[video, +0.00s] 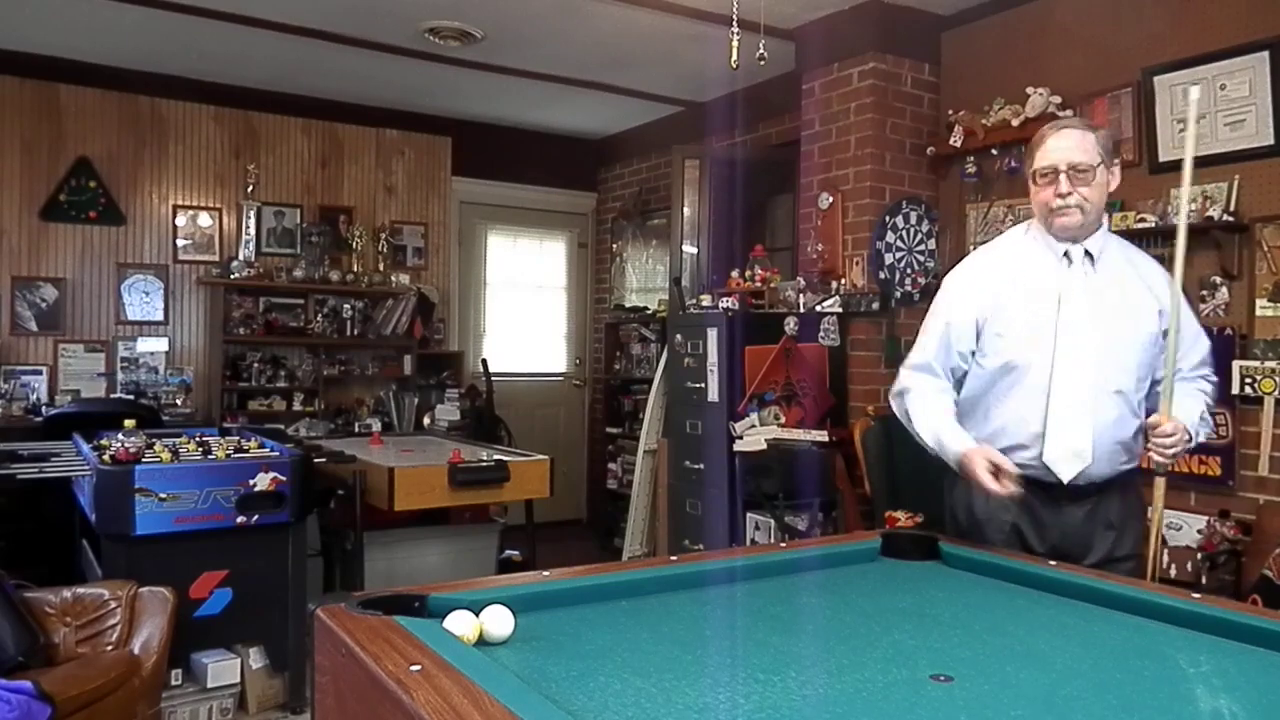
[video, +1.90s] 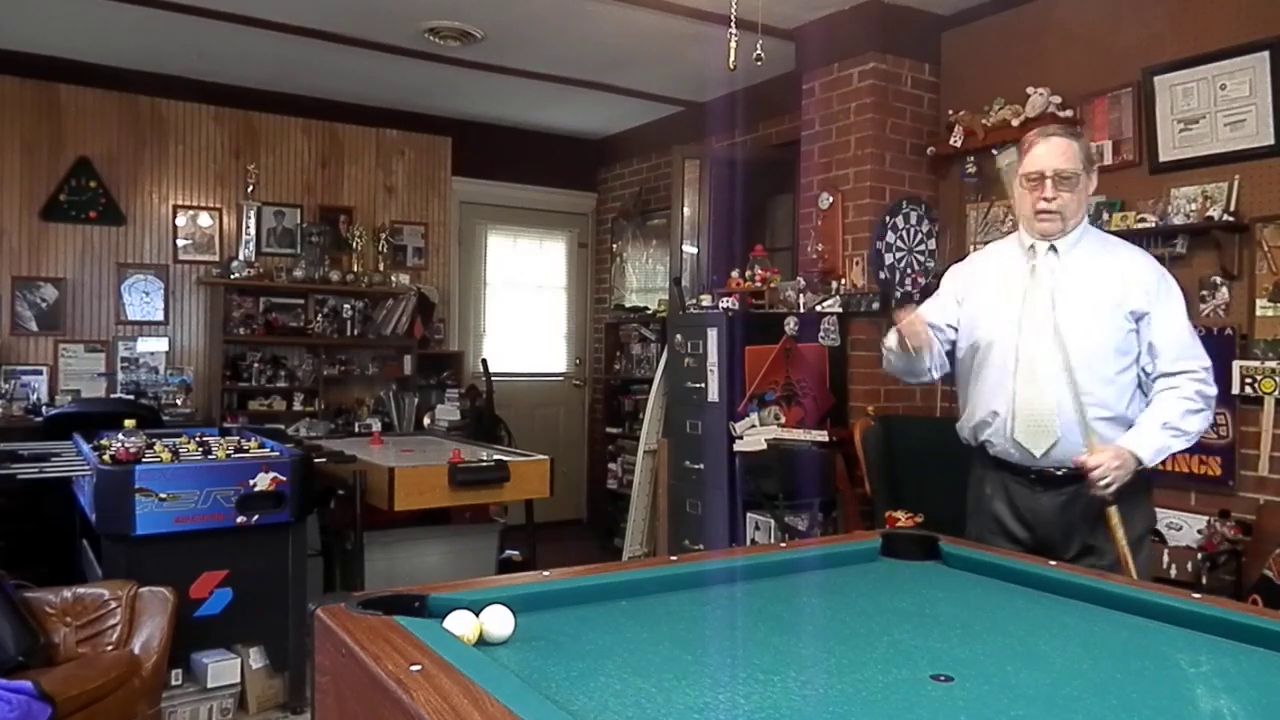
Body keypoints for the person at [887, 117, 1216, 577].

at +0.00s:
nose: (1062, 188)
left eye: (1079, 172)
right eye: (1046, 176)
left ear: (1111, 178)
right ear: (1030, 188)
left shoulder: (1150, 281)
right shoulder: (984, 271)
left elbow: (1192, 373)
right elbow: (919, 380)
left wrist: (1182, 425)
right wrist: (962, 450)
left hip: (1109, 512)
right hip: (998, 507)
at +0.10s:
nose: (1072, 181)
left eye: (1091, 166)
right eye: (1058, 169)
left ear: (1128, 175)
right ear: (1045, 183)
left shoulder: (1168, 286)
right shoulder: (995, 266)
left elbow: (1217, 389)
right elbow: (921, 351)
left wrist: (1175, 438)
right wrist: (934, 397)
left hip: (1104, 512)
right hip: (996, 501)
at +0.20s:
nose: (1086, 180)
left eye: (1108, 167)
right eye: (1077, 167)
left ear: (1147, 180)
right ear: (1064, 179)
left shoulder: (1184, 289)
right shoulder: (1010, 261)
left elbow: (1233, 403)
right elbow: (942, 324)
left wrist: (1160, 454)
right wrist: (924, 348)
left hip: (1109, 513)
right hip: (1000, 498)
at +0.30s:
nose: (1092, 179)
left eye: (1113, 166)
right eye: (1085, 165)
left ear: (1156, 177)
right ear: (1074, 173)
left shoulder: (1190, 288)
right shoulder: (1022, 257)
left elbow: (1231, 414)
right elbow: (951, 329)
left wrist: (1137, 462)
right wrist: (926, 310)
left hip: (1108, 510)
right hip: (1002, 490)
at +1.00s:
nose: (1034, 184)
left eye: (1050, 168)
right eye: (1028, 173)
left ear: (1095, 171)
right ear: (1023, 183)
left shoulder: (1148, 267)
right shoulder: (1004, 265)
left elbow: (1177, 399)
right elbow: (930, 334)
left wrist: (1090, 471)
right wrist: (922, 267)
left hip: (1103, 500)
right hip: (1004, 487)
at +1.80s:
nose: (1034, 192)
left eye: (1051, 178)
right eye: (1020, 180)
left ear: (1080, 182)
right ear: (1005, 188)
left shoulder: (1129, 270)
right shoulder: (973, 270)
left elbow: (1173, 391)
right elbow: (909, 352)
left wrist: (1110, 466)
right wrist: (896, 300)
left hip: (1096, 498)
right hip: (993, 489)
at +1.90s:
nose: (1047, 193)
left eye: (1065, 179)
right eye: (1033, 180)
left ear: (1091, 185)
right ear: (1014, 189)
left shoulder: (1136, 273)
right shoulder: (975, 274)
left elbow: (1189, 385)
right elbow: (920, 363)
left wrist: (1132, 452)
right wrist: (909, 341)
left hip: (1105, 501)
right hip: (998, 496)